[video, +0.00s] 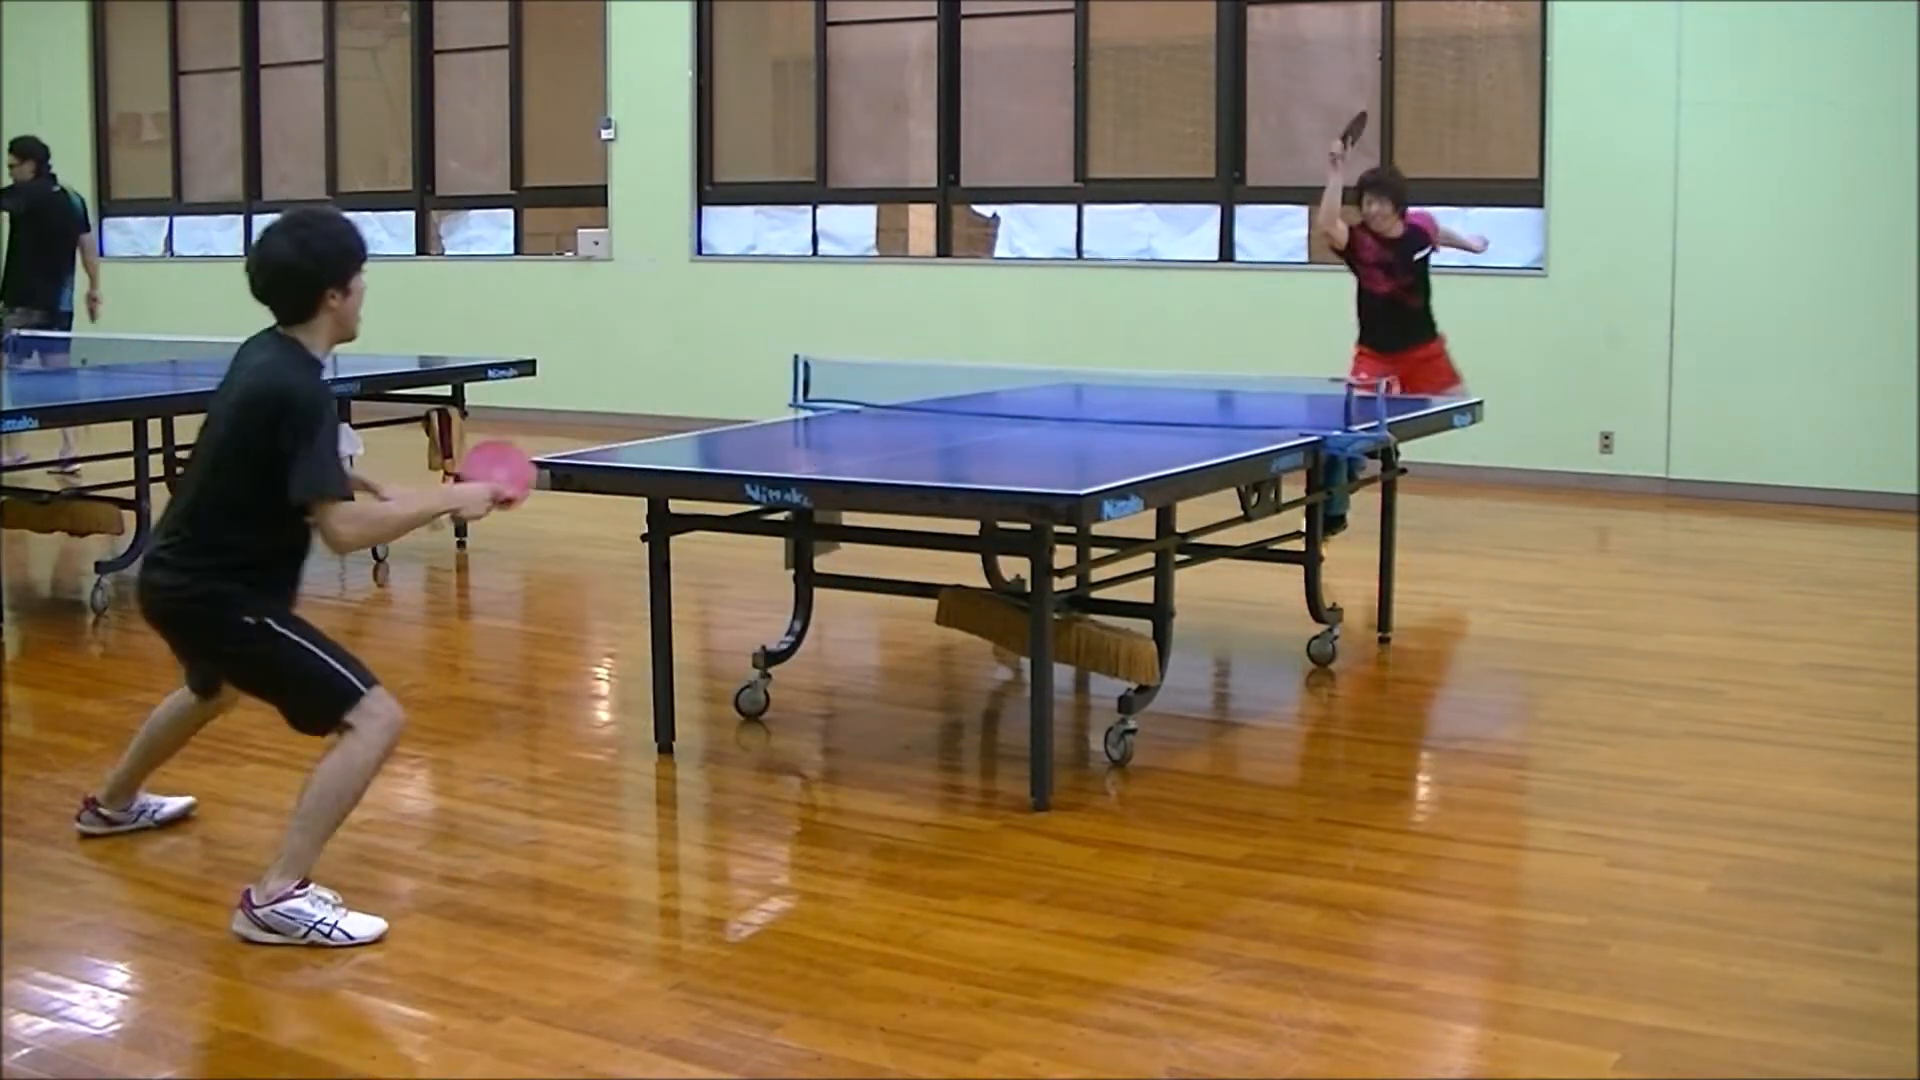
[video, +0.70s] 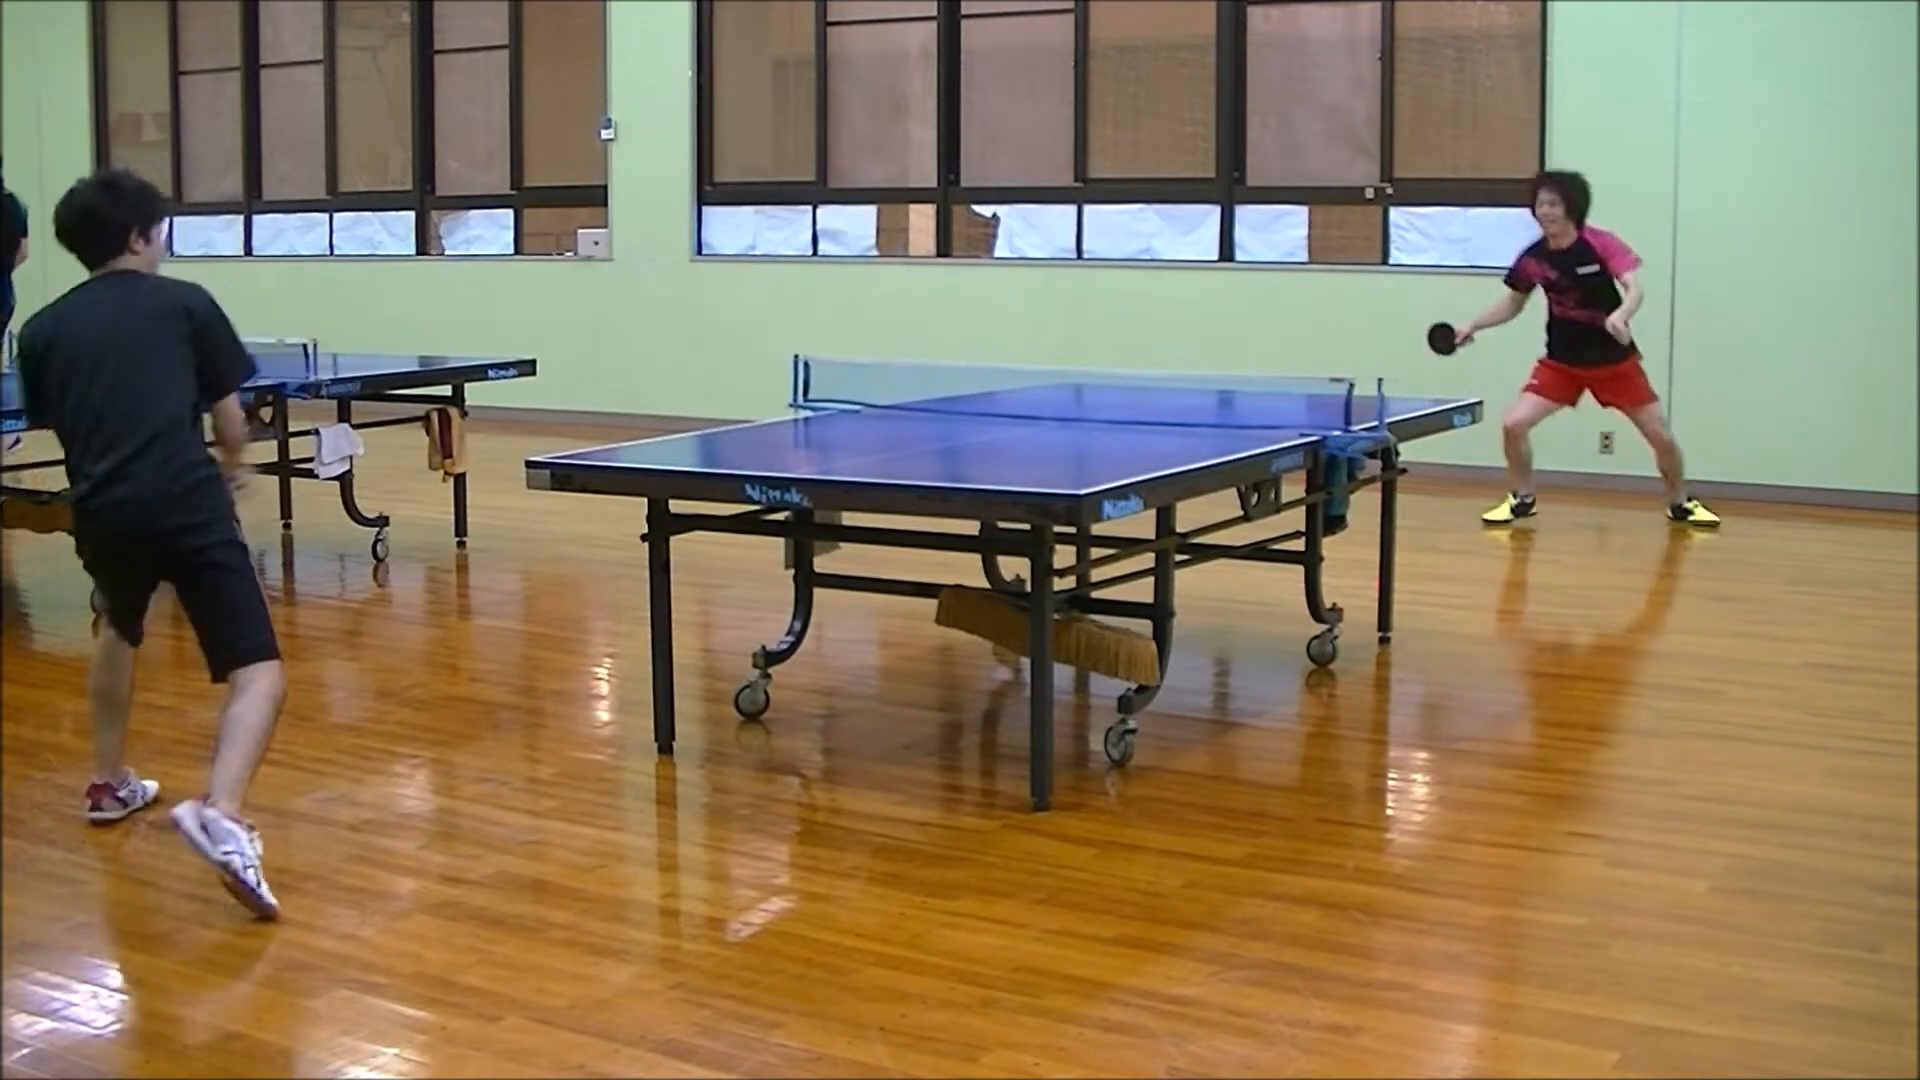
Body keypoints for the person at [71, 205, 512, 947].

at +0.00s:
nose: (363, 292)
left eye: (360, 278)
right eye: (358, 280)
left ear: (288, 293)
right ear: (333, 297)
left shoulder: (265, 356)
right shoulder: (302, 389)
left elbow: (286, 454)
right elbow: (342, 528)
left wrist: (366, 486)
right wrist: (449, 500)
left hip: (173, 579)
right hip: (215, 597)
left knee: (214, 686)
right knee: (376, 717)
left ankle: (111, 803)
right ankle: (279, 893)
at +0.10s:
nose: (340, 280)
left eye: (337, 267)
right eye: (335, 268)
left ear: (277, 279)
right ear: (309, 282)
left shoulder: (258, 343)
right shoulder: (256, 372)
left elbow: (294, 423)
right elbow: (292, 520)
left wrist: (366, 449)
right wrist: (406, 510)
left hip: (168, 548)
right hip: (171, 565)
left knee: (225, 647)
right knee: (314, 693)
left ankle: (117, 786)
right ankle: (277, 893)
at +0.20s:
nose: (314, 272)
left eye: (312, 259)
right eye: (308, 261)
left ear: (259, 270)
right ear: (274, 276)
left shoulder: (263, 333)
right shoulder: (203, 361)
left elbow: (304, 405)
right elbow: (199, 508)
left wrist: (314, 413)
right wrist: (322, 499)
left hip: (190, 535)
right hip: (144, 543)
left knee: (220, 653)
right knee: (277, 674)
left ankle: (116, 767)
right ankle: (217, 873)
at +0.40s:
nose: (267, 256)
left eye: (262, 241)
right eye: (257, 244)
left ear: (211, 261)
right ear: (222, 267)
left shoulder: (194, 316)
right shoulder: (171, 356)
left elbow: (198, 389)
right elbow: (165, 501)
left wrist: (242, 381)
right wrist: (250, 434)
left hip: (164, 529)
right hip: (129, 544)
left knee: (195, 649)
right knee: (245, 682)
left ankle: (110, 783)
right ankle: (169, 870)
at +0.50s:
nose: (222, 212)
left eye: (218, 199)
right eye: (214, 201)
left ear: (159, 214)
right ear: (181, 215)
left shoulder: (132, 286)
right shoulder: (176, 302)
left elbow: (150, 398)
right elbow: (199, 435)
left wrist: (207, 332)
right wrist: (276, 374)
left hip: (110, 512)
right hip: (157, 523)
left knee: (152, 626)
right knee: (241, 680)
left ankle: (113, 780)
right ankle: (169, 865)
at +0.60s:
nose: (180, 217)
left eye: (177, 202)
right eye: (175, 204)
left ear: (105, 219)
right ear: (151, 214)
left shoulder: (71, 305)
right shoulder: (184, 292)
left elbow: (100, 410)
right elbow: (251, 414)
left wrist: (202, 405)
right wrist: (320, 402)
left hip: (101, 515)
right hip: (180, 514)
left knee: (145, 624)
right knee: (247, 676)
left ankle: (114, 780)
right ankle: (185, 841)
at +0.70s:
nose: (165, 241)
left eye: (161, 230)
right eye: (160, 231)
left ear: (81, 247)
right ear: (139, 238)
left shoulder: (41, 330)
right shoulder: (184, 301)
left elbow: (53, 427)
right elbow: (231, 422)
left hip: (104, 518)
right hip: (189, 506)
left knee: (117, 623)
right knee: (258, 672)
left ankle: (108, 782)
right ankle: (221, 810)